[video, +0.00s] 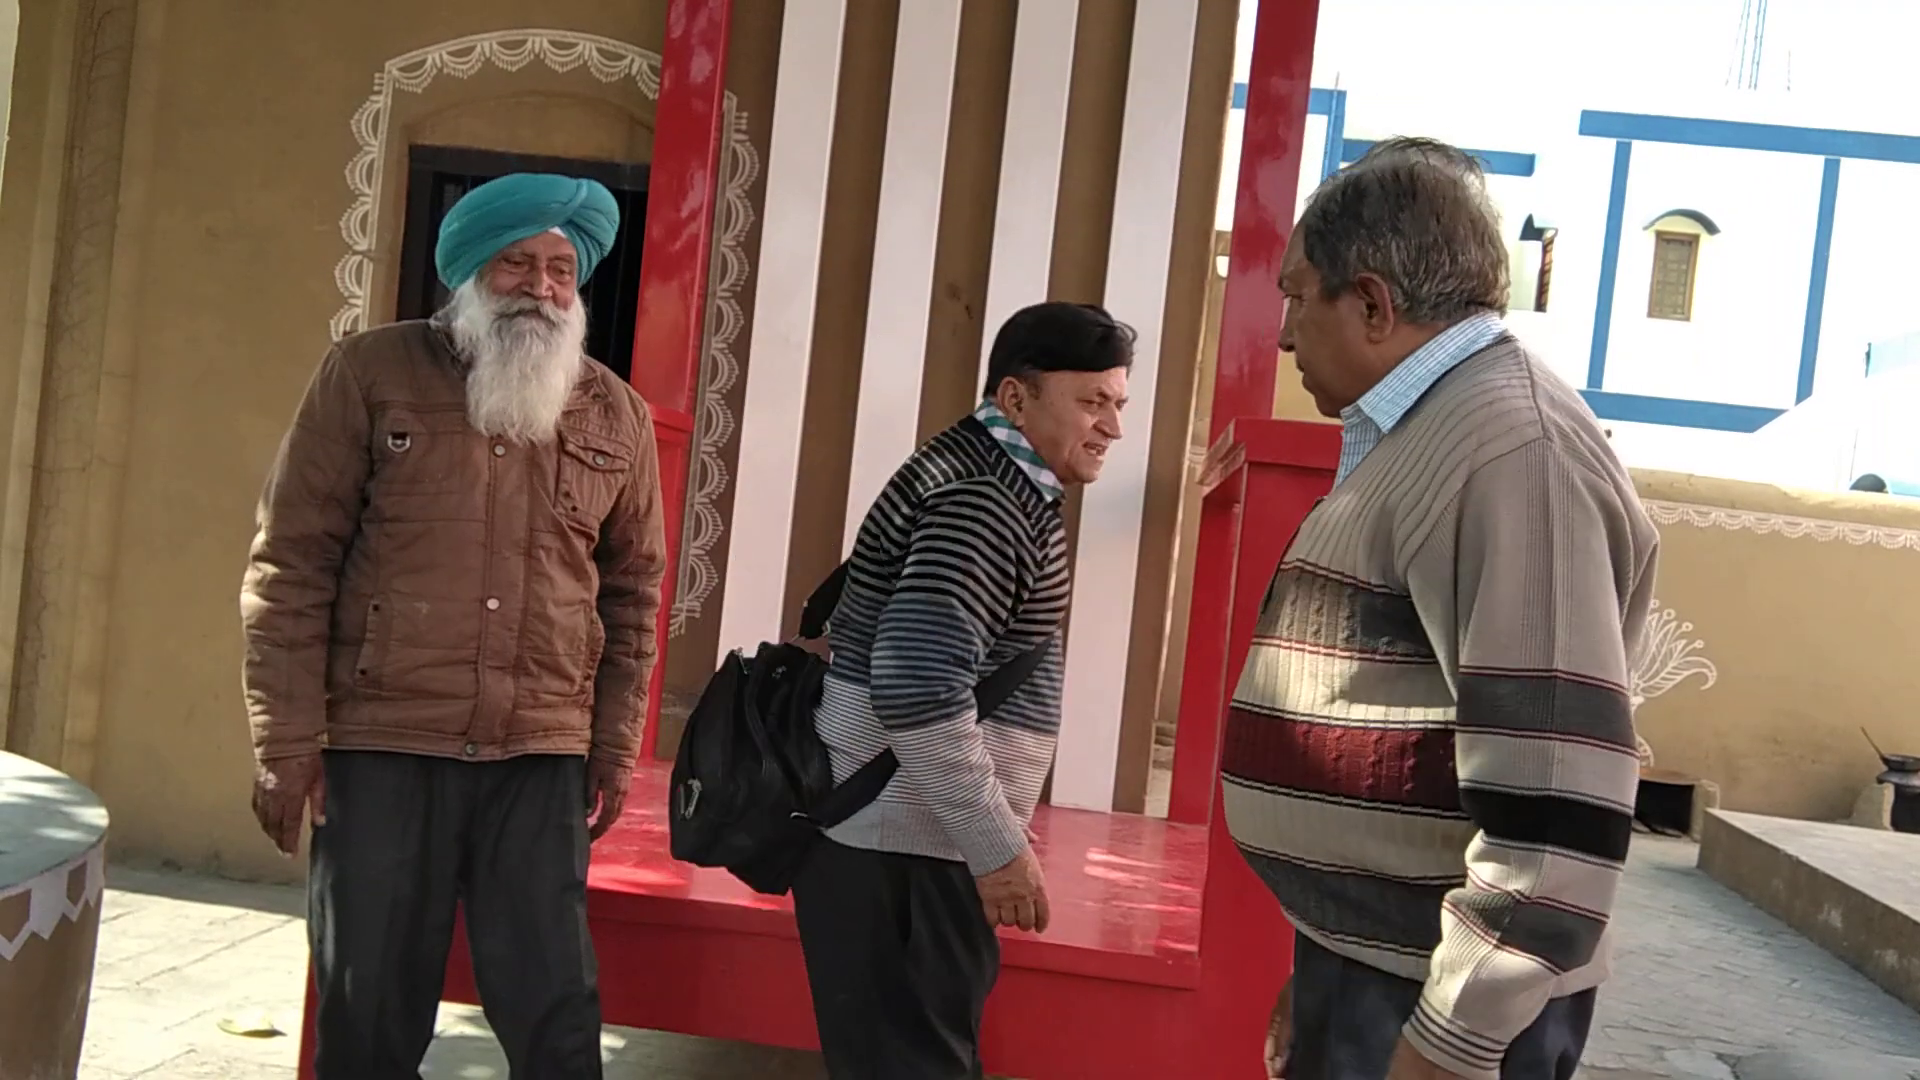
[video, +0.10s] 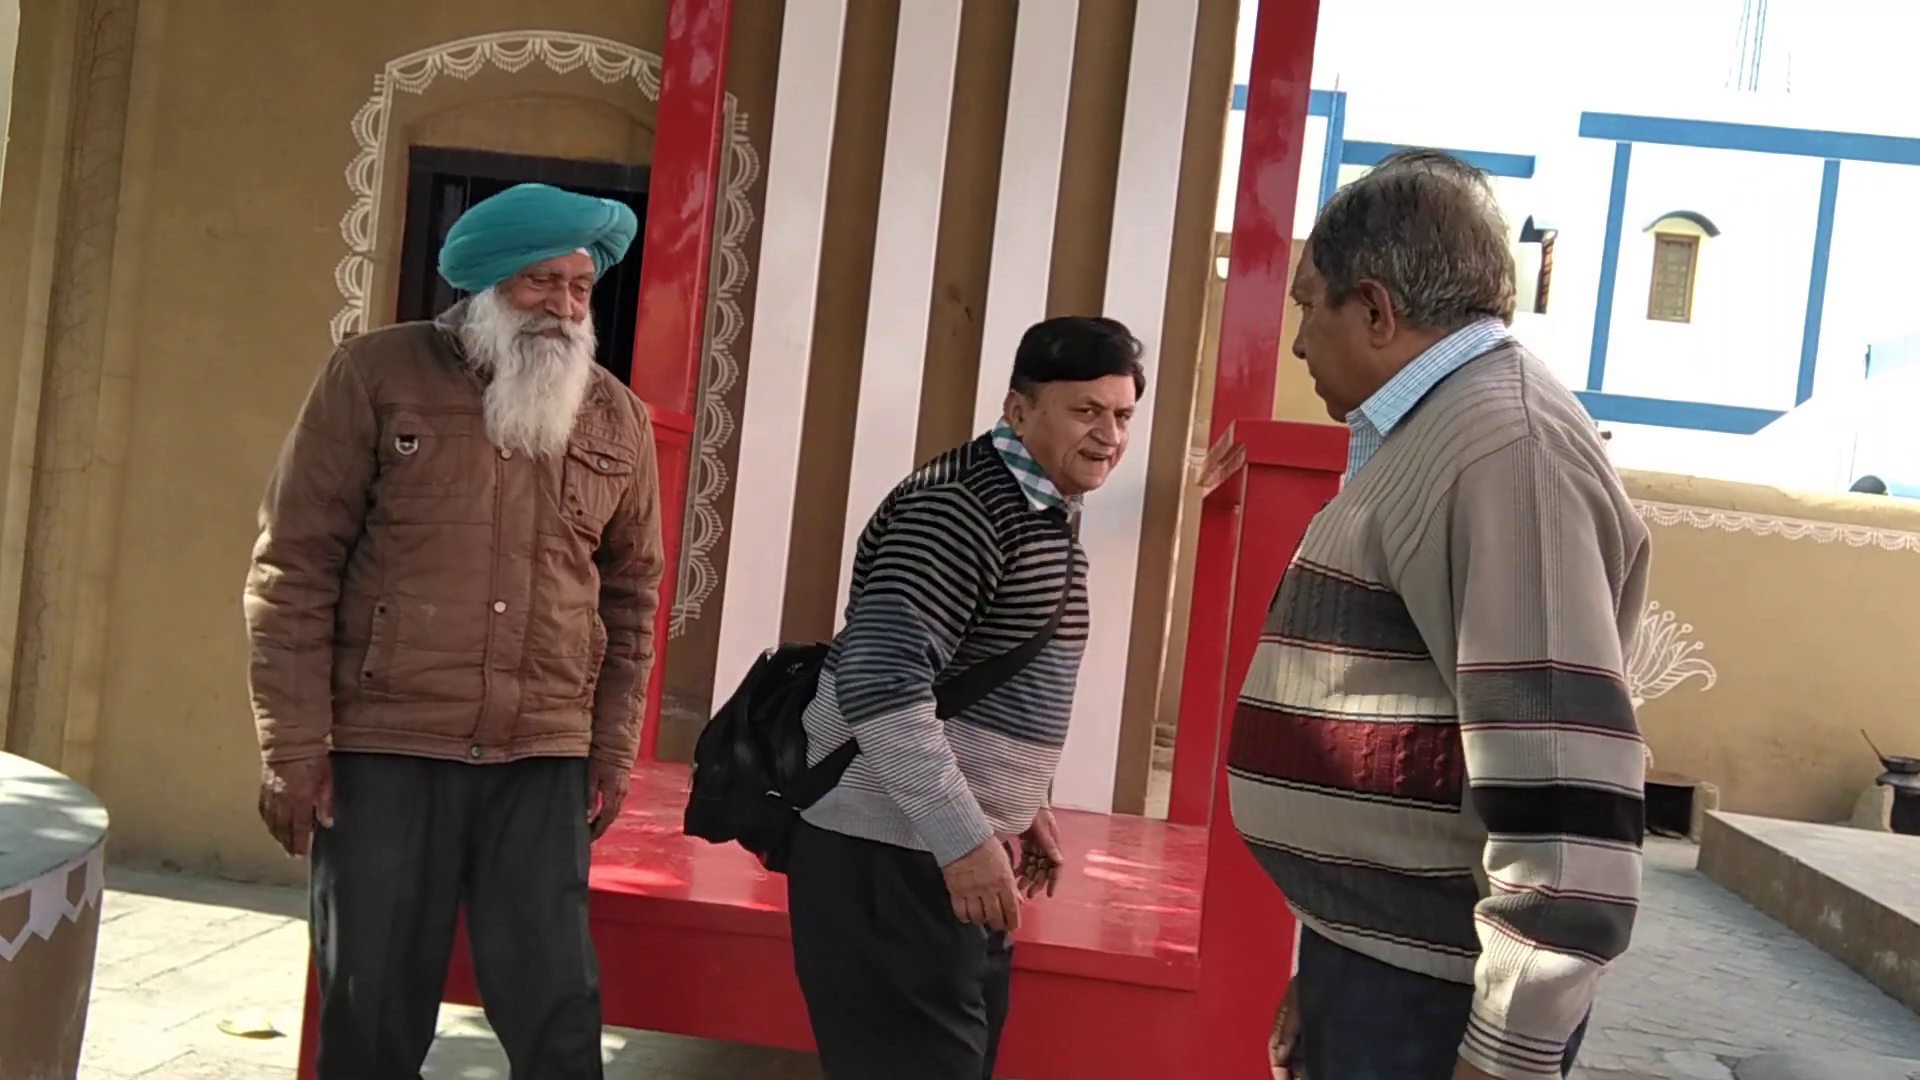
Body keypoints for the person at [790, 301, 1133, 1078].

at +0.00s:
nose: (1110, 423)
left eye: (1117, 406)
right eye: (1092, 401)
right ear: (1019, 395)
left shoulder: (1005, 480)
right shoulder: (985, 491)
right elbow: (918, 682)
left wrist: (1169, 492)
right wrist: (997, 848)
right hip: (898, 864)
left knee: (919, 1061)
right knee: (914, 1064)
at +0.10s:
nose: (1109, 435)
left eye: (1122, 416)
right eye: (1086, 411)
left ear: (1133, 421)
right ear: (1021, 407)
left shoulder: (1048, 515)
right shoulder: (959, 504)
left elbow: (990, 677)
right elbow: (876, 683)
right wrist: (961, 838)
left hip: (962, 866)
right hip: (887, 862)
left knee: (961, 1060)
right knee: (916, 1064)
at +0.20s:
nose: (1101, 437)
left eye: (1119, 418)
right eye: (1078, 411)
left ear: (1133, 425)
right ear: (1023, 405)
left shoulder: (1085, 533)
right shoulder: (938, 500)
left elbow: (1066, 678)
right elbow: (850, 656)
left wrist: (1066, 801)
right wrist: (909, 808)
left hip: (987, 843)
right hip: (866, 826)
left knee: (974, 1050)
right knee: (901, 1046)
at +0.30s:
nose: (1063, 427)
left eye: (1086, 409)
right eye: (1042, 403)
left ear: (1109, 418)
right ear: (1003, 401)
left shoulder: (1094, 528)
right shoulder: (919, 492)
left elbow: (1095, 683)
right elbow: (813, 630)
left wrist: (1094, 806)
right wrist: (839, 773)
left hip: (995, 854)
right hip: (866, 837)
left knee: (969, 1063)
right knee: (853, 1060)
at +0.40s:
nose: (1015, 423)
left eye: (1041, 406)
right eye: (998, 400)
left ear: (1079, 418)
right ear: (971, 398)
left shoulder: (1089, 531)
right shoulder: (888, 491)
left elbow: (1108, 677)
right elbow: (777, 615)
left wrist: (1115, 806)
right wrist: (761, 736)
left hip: (989, 850)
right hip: (838, 832)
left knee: (965, 1066)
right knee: (804, 1062)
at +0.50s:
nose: (969, 427)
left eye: (995, 409)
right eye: (954, 404)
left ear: (1043, 418)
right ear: (932, 401)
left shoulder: (1070, 525)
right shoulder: (859, 490)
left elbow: (1118, 664)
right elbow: (763, 605)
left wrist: (1138, 794)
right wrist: (689, 707)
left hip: (982, 841)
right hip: (827, 826)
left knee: (964, 1065)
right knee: (792, 1058)